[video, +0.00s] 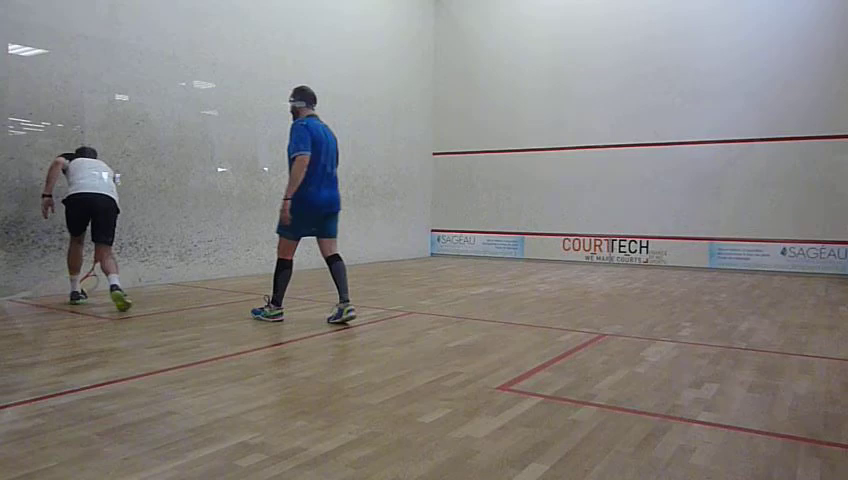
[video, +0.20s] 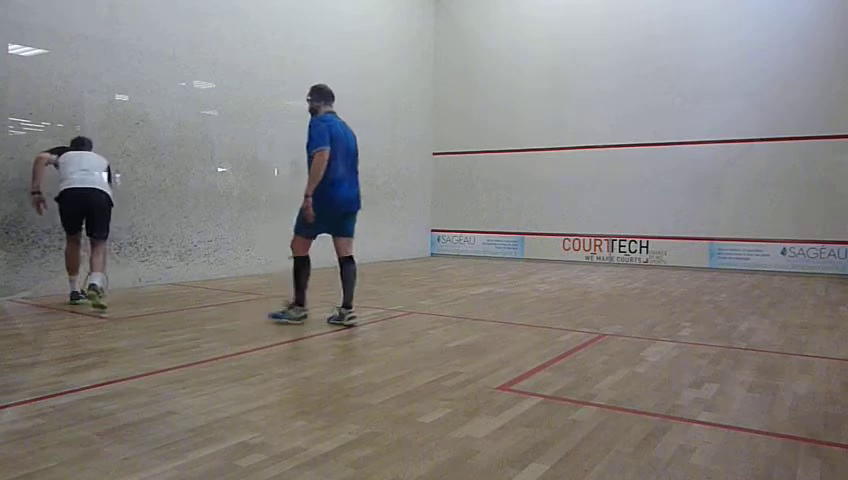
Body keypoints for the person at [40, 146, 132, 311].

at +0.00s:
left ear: (75, 156)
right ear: (96, 158)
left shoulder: (71, 159)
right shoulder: (107, 167)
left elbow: (57, 163)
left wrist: (47, 194)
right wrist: (99, 251)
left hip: (78, 199)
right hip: (107, 202)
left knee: (76, 241)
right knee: (105, 251)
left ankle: (75, 291)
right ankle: (115, 285)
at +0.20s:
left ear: (71, 147)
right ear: (91, 150)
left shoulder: (64, 153)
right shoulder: (103, 160)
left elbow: (41, 158)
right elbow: (108, 186)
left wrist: (36, 191)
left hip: (70, 194)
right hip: (99, 196)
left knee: (73, 240)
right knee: (98, 243)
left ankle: (74, 290)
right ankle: (95, 284)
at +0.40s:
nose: (93, 135)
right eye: (93, 131)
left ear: (72, 129)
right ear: (92, 131)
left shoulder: (57, 143)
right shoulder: (100, 148)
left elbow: (29, 157)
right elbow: (109, 181)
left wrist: (21, 189)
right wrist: (116, 209)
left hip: (61, 196)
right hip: (91, 197)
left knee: (70, 243)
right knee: (95, 243)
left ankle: (74, 290)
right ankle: (82, 284)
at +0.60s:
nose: (96, 121)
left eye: (94, 118)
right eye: (95, 118)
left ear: (73, 117)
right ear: (91, 118)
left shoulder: (52, 133)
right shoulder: (97, 139)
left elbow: (25, 154)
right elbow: (104, 176)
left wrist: (11, 184)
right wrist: (127, 197)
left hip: (56, 198)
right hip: (85, 199)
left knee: (67, 244)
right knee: (88, 247)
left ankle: (73, 291)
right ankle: (72, 294)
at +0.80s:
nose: (95, 108)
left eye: (95, 104)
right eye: (94, 104)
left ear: (72, 103)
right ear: (87, 104)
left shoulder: (47, 122)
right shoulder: (95, 131)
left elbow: (20, 149)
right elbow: (101, 167)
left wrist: (13, 180)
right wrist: (109, 187)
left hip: (48, 190)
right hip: (78, 193)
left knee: (60, 239)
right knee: (78, 243)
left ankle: (58, 293)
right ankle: (71, 299)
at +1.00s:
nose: (90, 97)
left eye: (88, 92)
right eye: (85, 93)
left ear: (65, 97)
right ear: (71, 97)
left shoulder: (41, 117)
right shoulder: (85, 125)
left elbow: (12, 145)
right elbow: (89, 166)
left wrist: (19, 172)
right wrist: (86, 177)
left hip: (38, 194)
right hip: (71, 196)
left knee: (41, 245)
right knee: (69, 246)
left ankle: (24, 294)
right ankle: (70, 301)